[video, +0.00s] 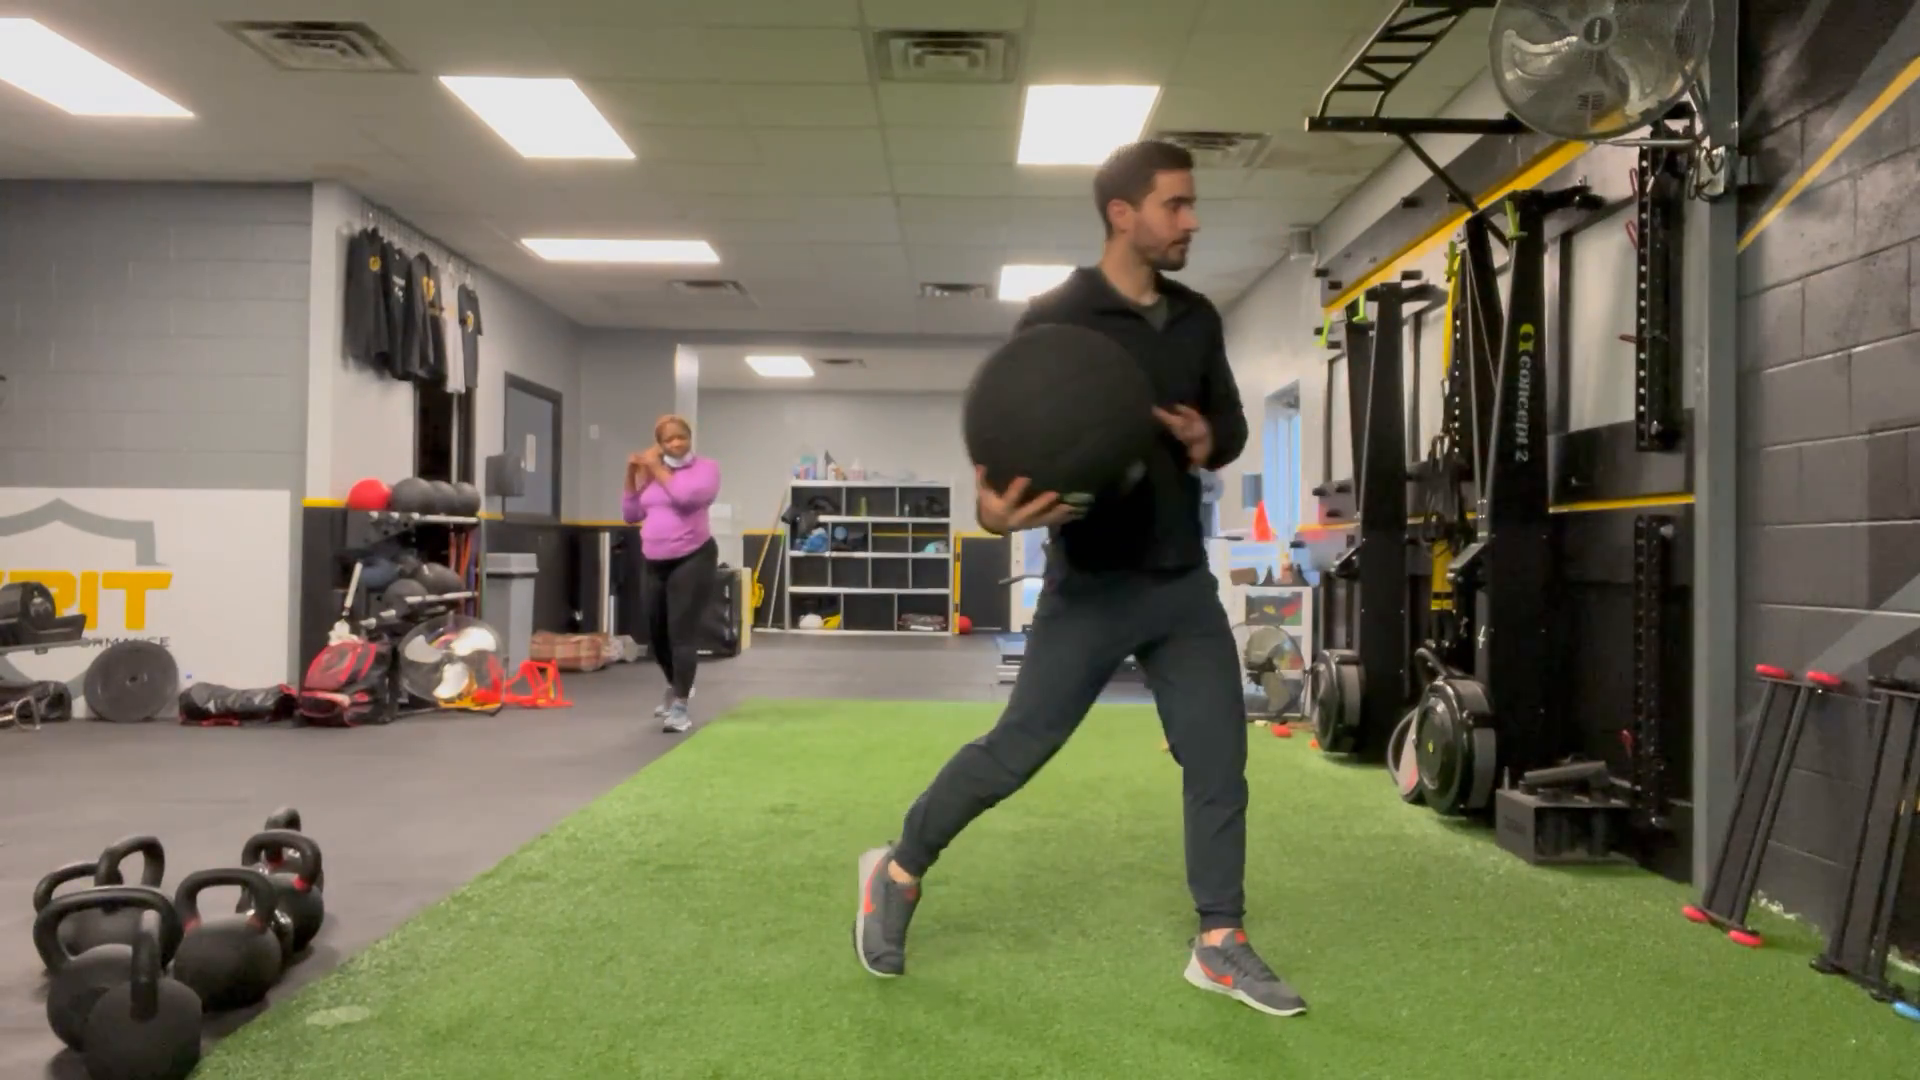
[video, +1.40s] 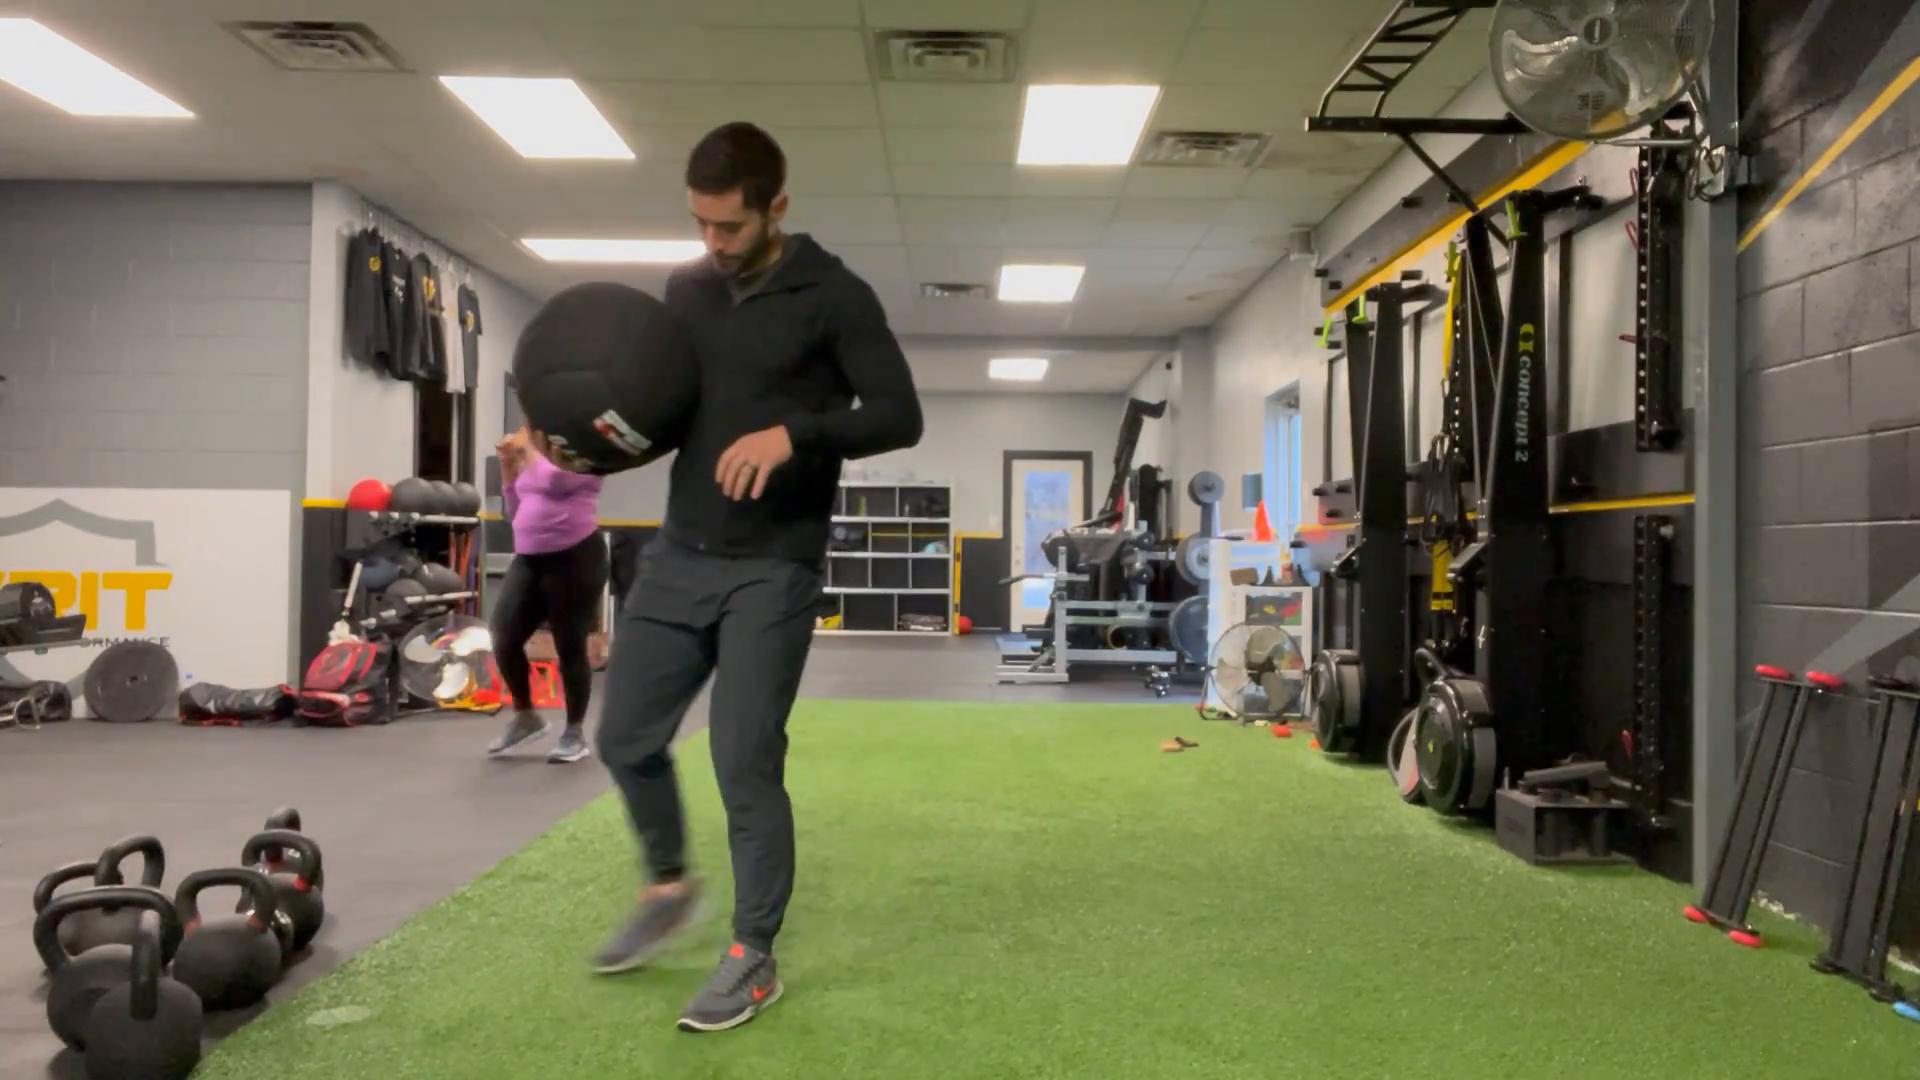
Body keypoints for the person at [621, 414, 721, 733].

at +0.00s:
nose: (676, 443)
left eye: (681, 437)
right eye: (669, 439)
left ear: (691, 439)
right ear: (660, 444)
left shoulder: (706, 468)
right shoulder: (651, 471)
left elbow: (685, 498)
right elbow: (632, 516)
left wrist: (655, 468)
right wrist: (631, 478)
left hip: (692, 557)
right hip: (655, 561)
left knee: (681, 627)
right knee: (657, 628)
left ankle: (680, 702)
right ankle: (675, 685)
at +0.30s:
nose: (655, 435)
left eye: (661, 429)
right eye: (649, 431)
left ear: (673, 431)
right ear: (642, 436)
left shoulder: (691, 460)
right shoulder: (637, 465)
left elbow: (663, 490)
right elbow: (626, 515)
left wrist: (637, 462)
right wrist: (619, 481)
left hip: (679, 555)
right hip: (637, 557)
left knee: (674, 629)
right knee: (622, 624)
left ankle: (679, 708)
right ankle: (629, 704)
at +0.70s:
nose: (613, 432)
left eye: (619, 426)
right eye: (605, 428)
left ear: (628, 428)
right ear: (595, 435)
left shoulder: (646, 458)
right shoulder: (585, 463)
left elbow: (623, 491)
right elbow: (569, 516)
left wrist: (591, 459)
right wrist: (564, 477)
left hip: (633, 558)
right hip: (589, 561)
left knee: (628, 634)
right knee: (592, 638)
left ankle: (657, 688)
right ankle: (597, 718)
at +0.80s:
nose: (604, 429)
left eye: (610, 422)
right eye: (597, 424)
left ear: (620, 425)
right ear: (586, 430)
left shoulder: (637, 455)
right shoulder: (573, 460)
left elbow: (616, 486)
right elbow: (558, 513)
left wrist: (582, 458)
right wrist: (555, 473)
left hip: (624, 555)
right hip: (579, 558)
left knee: (610, 628)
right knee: (586, 637)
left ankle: (629, 701)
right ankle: (595, 717)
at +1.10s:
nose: (580, 429)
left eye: (586, 422)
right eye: (572, 424)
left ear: (597, 424)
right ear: (560, 429)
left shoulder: (611, 456)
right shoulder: (549, 459)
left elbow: (589, 491)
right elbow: (532, 514)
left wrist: (557, 456)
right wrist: (527, 470)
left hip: (599, 557)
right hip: (555, 562)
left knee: (585, 641)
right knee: (565, 643)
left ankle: (580, 730)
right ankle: (594, 718)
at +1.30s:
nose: (553, 423)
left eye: (559, 416)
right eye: (549, 417)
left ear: (581, 422)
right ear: (548, 422)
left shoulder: (601, 457)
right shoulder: (539, 458)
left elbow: (570, 483)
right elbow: (521, 514)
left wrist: (544, 452)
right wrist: (515, 471)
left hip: (585, 555)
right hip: (541, 560)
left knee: (577, 644)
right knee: (518, 641)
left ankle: (576, 731)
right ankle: (556, 697)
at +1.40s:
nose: (536, 416)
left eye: (545, 410)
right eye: (533, 411)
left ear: (567, 412)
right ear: (531, 413)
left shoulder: (587, 448)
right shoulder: (528, 450)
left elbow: (557, 483)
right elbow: (515, 514)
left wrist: (529, 449)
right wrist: (507, 470)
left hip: (577, 554)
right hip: (531, 557)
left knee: (571, 647)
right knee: (505, 639)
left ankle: (574, 730)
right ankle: (525, 715)